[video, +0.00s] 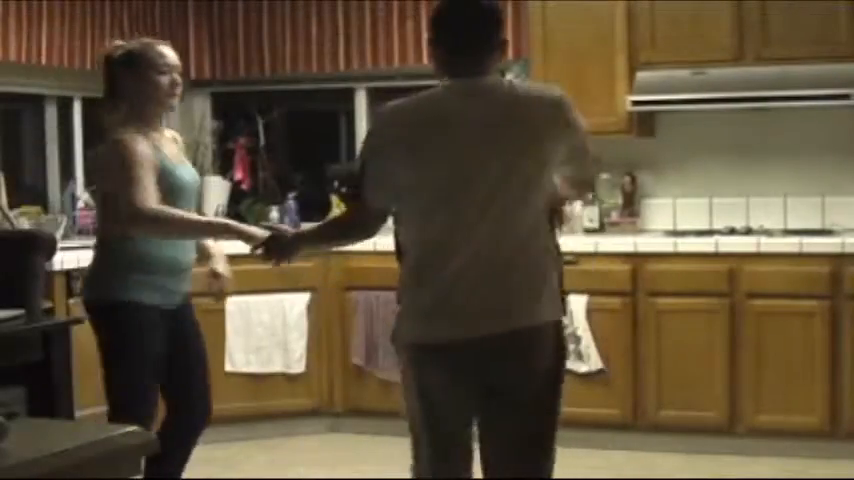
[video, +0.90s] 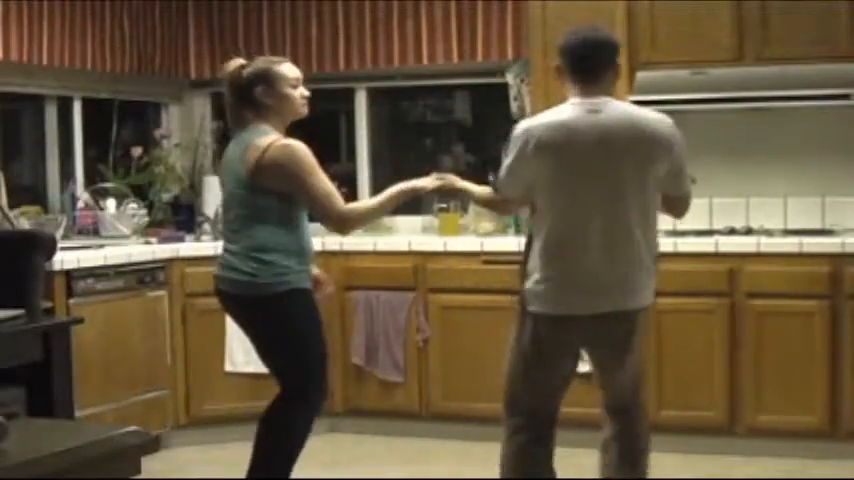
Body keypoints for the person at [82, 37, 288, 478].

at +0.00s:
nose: (177, 81)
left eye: (179, 73)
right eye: (164, 73)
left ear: (179, 80)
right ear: (130, 82)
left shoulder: (170, 140)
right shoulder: (124, 143)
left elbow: (185, 211)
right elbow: (138, 213)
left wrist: (213, 251)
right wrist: (237, 230)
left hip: (170, 296)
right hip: (126, 297)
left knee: (193, 410)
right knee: (135, 420)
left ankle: (159, 476)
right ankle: (120, 477)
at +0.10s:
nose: (196, 77)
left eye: (197, 69)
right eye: (183, 69)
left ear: (195, 78)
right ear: (149, 78)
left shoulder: (175, 135)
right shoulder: (151, 137)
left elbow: (181, 214)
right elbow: (176, 207)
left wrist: (225, 251)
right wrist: (262, 227)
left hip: (168, 286)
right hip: (146, 288)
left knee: (188, 406)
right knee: (184, 408)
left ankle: (146, 471)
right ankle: (156, 474)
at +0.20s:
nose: (215, 74)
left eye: (216, 66)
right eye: (202, 67)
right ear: (170, 78)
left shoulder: (176, 133)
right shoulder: (177, 134)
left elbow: (181, 219)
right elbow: (186, 201)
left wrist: (237, 246)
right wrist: (268, 226)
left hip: (163, 279)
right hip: (171, 281)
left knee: (186, 396)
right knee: (216, 396)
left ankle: (161, 470)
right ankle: (176, 473)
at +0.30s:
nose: (234, 77)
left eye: (233, 69)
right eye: (222, 70)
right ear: (190, 81)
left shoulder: (180, 137)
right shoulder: (198, 137)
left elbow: (198, 219)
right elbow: (199, 205)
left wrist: (256, 249)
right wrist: (279, 230)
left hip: (165, 284)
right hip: (196, 287)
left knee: (190, 397)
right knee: (240, 395)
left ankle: (157, 473)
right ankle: (232, 475)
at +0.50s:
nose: (271, 84)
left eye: (268, 76)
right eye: (259, 77)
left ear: (235, 92)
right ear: (228, 88)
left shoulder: (223, 146)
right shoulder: (236, 148)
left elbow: (235, 232)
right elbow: (239, 223)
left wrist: (280, 280)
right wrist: (316, 223)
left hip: (211, 291)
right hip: (236, 293)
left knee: (245, 398)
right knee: (282, 393)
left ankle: (183, 474)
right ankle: (264, 474)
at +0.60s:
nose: (283, 83)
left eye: (280, 75)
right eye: (272, 76)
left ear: (244, 90)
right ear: (241, 87)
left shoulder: (234, 141)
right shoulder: (249, 145)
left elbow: (265, 218)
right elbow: (273, 220)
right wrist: (345, 187)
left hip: (229, 286)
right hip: (250, 288)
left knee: (270, 390)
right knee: (287, 391)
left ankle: (202, 473)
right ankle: (266, 474)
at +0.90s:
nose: (306, 92)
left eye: (303, 84)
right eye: (296, 86)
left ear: (262, 97)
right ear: (265, 95)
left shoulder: (241, 145)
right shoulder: (287, 152)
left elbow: (254, 225)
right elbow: (342, 219)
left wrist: (302, 266)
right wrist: (405, 190)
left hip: (243, 282)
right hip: (275, 289)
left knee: (296, 387)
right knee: (307, 391)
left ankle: (262, 473)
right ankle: (267, 474)